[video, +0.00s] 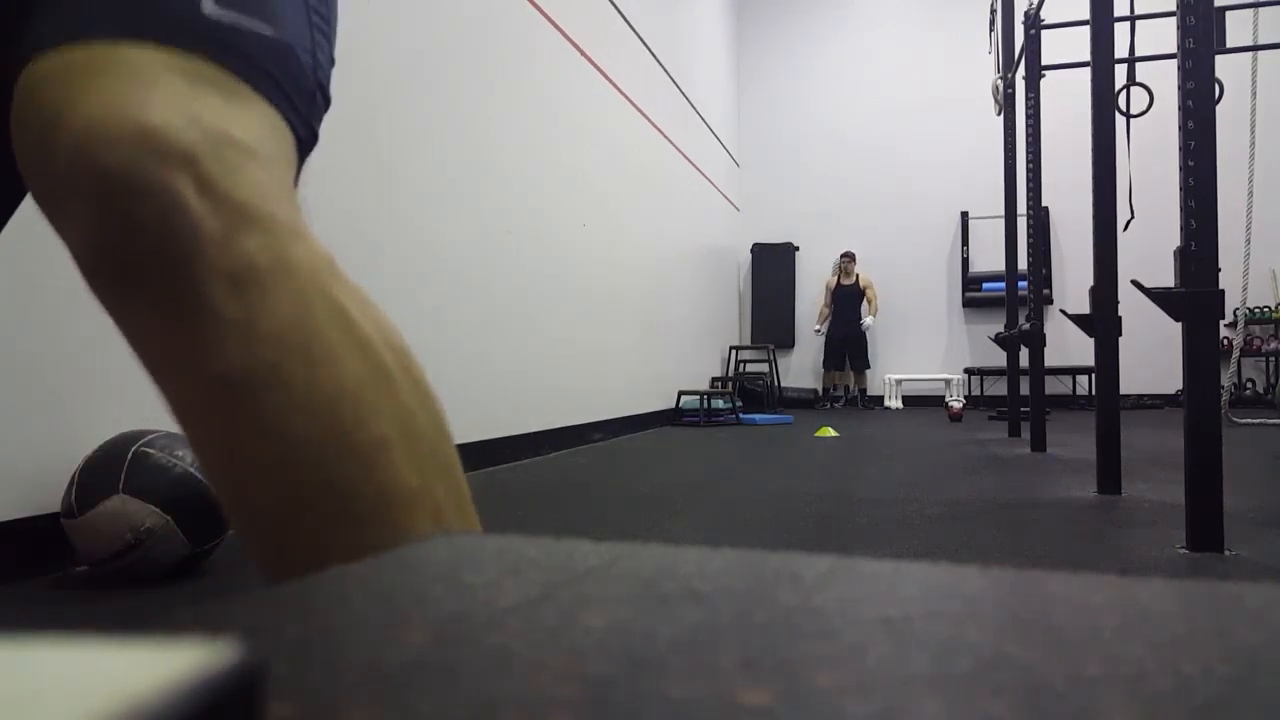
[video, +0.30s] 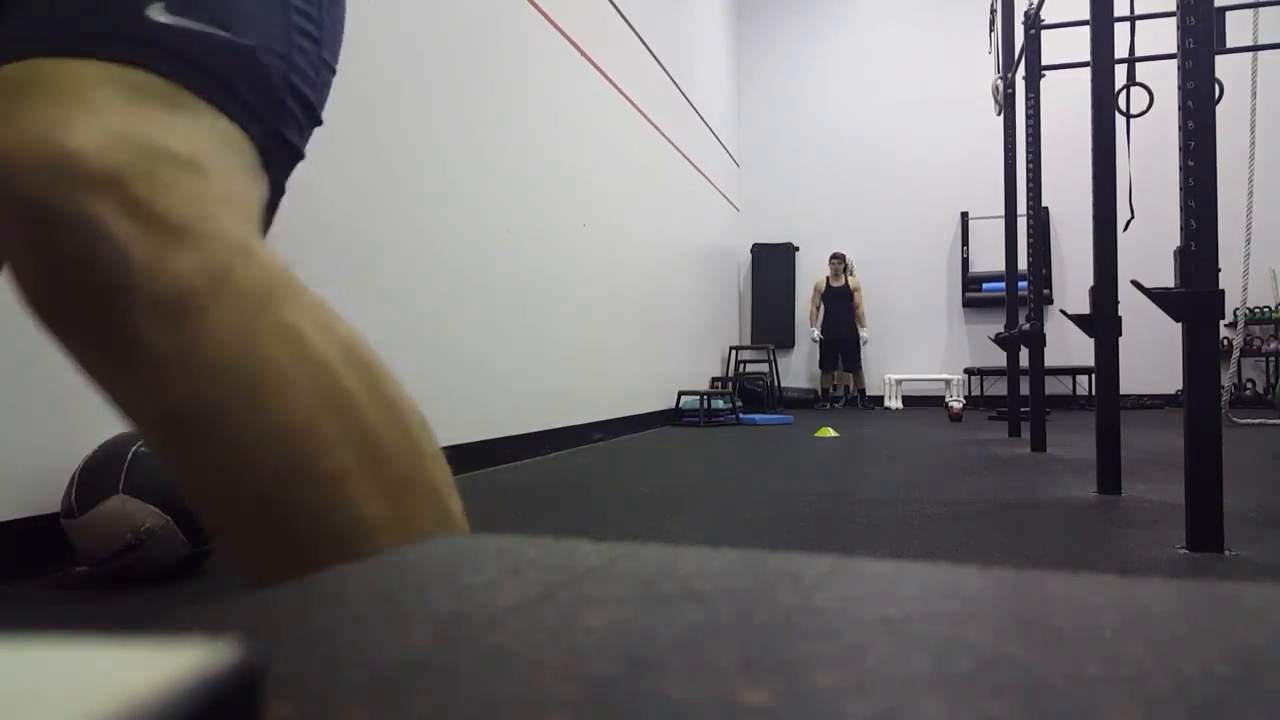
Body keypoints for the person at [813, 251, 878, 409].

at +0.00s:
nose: (846, 265)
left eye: (849, 262)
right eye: (843, 262)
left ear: (854, 264)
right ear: (840, 264)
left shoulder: (864, 281)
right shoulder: (832, 282)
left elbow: (872, 301)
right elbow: (826, 306)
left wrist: (871, 317)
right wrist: (819, 324)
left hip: (855, 330)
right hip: (835, 330)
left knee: (859, 368)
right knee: (829, 367)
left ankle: (862, 398)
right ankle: (825, 398)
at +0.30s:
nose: (835, 267)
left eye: (839, 264)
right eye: (832, 264)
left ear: (844, 265)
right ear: (829, 265)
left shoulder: (853, 283)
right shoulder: (821, 284)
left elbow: (859, 307)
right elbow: (815, 306)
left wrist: (863, 328)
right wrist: (813, 327)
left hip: (849, 331)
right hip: (828, 331)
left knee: (855, 367)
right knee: (827, 368)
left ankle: (862, 398)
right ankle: (825, 399)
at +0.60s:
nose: (834, 266)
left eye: (837, 263)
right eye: (832, 264)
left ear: (843, 264)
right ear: (828, 266)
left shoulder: (853, 282)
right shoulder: (821, 284)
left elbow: (859, 305)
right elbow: (815, 307)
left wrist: (864, 326)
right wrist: (813, 327)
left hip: (850, 330)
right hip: (830, 331)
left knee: (857, 367)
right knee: (827, 368)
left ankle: (862, 398)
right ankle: (824, 399)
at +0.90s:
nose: (842, 266)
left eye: (845, 263)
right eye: (839, 263)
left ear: (851, 265)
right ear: (835, 265)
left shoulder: (860, 283)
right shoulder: (828, 284)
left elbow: (866, 304)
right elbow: (824, 306)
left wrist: (869, 322)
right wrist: (820, 324)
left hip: (855, 331)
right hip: (834, 331)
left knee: (859, 368)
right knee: (829, 368)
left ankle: (862, 399)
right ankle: (825, 399)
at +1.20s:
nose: (843, 266)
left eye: (846, 263)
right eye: (841, 263)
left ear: (852, 264)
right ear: (837, 265)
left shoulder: (862, 283)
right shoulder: (830, 283)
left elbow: (867, 305)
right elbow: (825, 306)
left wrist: (868, 324)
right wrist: (820, 325)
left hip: (855, 331)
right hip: (835, 331)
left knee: (859, 368)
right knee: (830, 368)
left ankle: (862, 399)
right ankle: (825, 399)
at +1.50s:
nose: (843, 266)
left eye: (845, 262)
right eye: (840, 263)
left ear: (851, 264)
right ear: (836, 265)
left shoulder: (861, 282)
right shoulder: (829, 283)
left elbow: (866, 306)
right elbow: (823, 306)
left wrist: (867, 327)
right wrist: (817, 326)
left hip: (854, 331)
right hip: (834, 331)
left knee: (858, 368)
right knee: (830, 368)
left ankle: (862, 399)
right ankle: (825, 399)